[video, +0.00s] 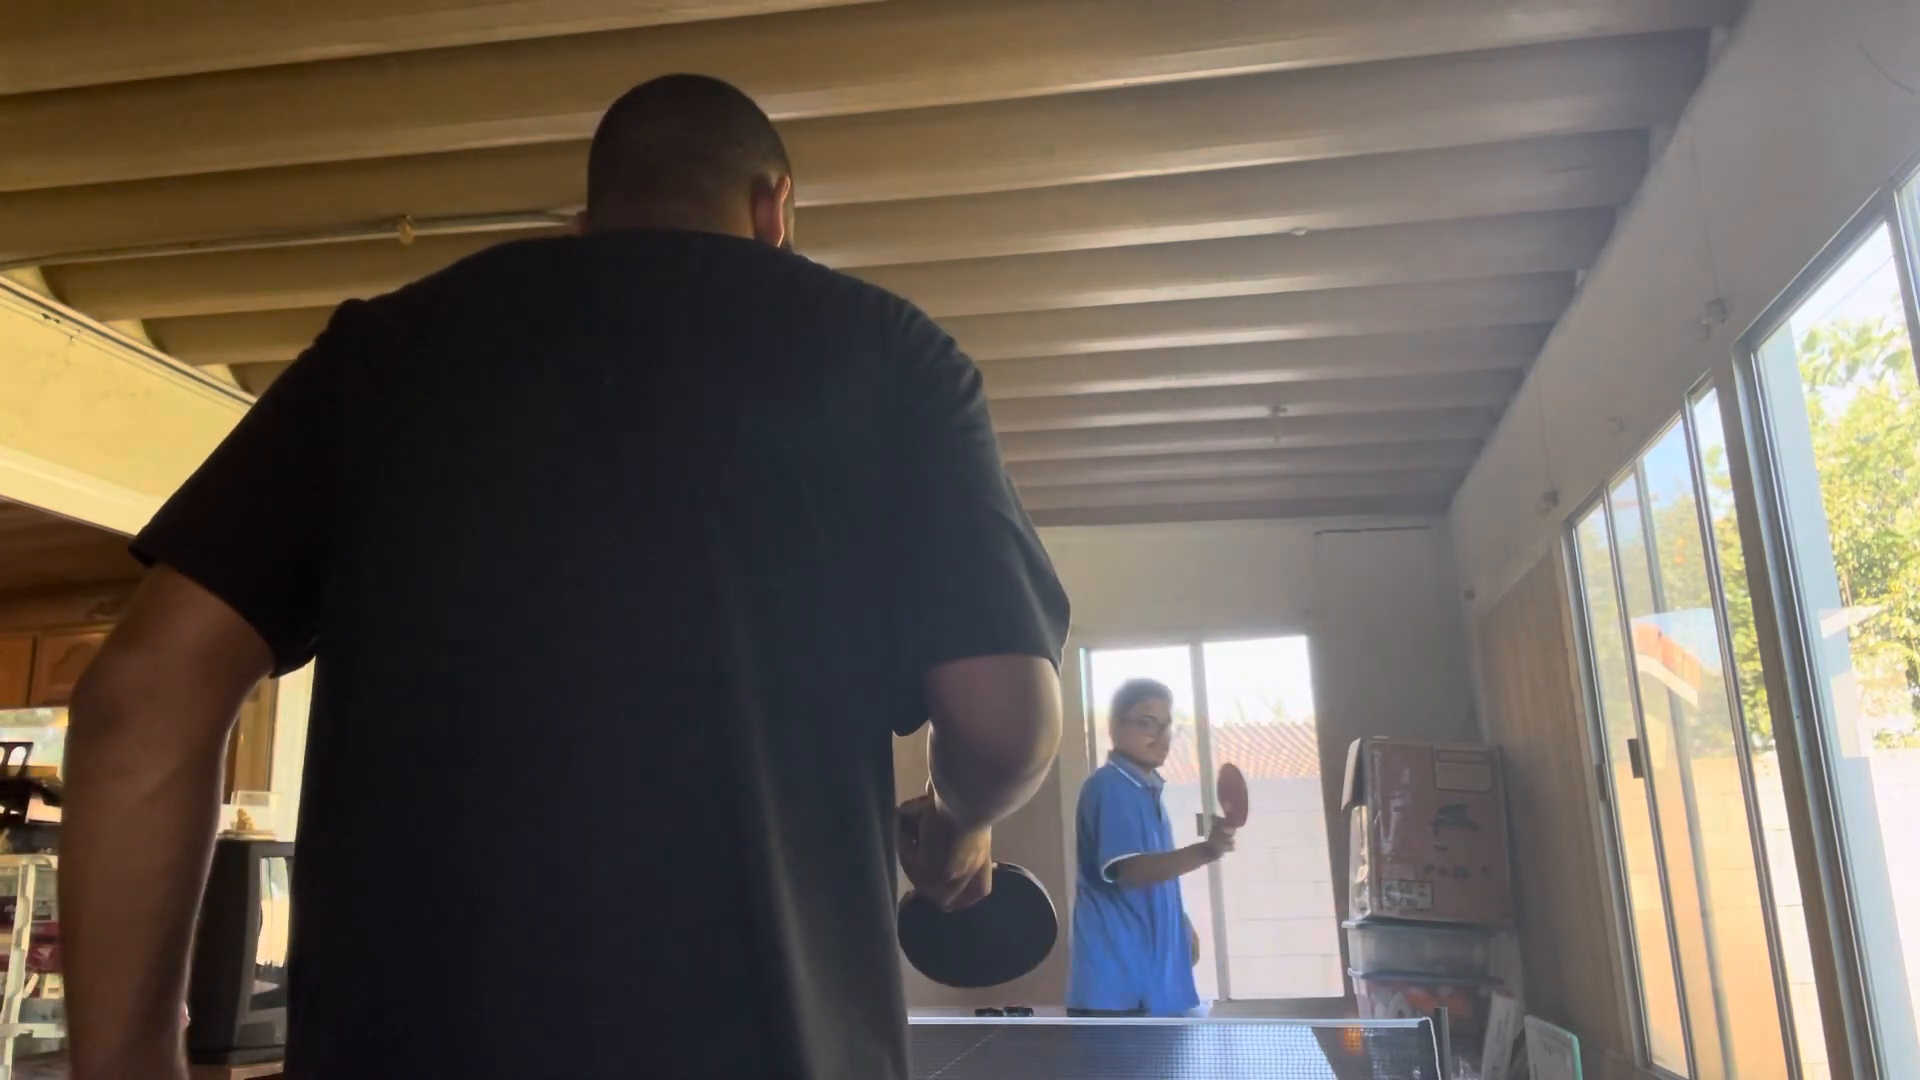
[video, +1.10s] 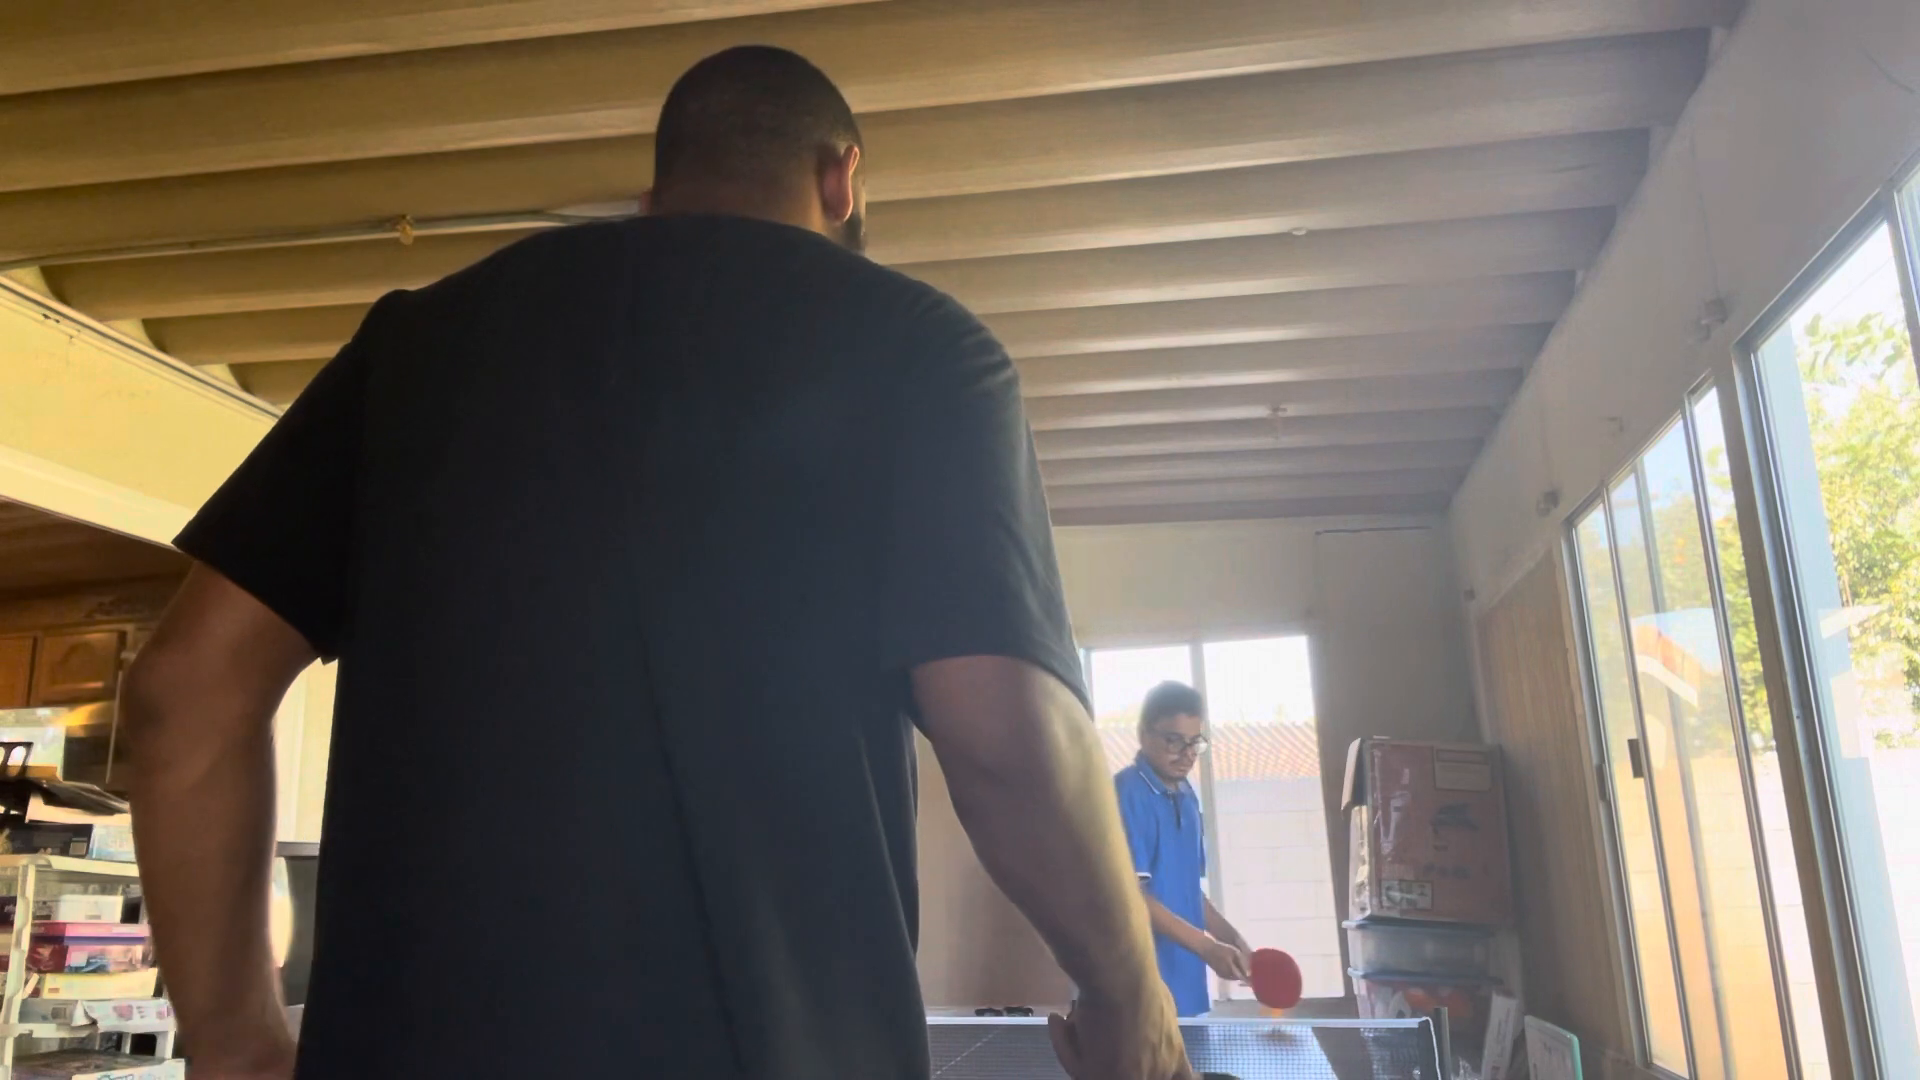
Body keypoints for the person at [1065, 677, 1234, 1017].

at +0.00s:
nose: (1160, 734)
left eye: (1166, 725)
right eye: (1146, 722)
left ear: (1172, 730)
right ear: (1115, 728)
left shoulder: (1146, 791)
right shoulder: (1111, 787)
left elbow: (1151, 877)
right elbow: (1125, 870)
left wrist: (1180, 923)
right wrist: (1204, 851)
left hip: (1158, 985)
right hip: (1118, 987)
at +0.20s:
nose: (1159, 735)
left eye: (1166, 724)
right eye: (1144, 724)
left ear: (1174, 730)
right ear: (1118, 730)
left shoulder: (1163, 792)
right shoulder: (1110, 791)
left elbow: (1167, 894)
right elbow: (1109, 878)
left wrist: (1214, 933)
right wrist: (1182, 873)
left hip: (1179, 986)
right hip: (1133, 993)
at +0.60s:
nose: (1178, 742)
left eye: (1185, 732)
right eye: (1164, 730)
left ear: (1193, 734)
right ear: (1136, 733)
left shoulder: (1181, 797)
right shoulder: (1121, 793)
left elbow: (1189, 889)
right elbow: (1108, 880)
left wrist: (1225, 950)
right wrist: (1191, 913)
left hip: (1196, 989)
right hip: (1150, 996)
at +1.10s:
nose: (1186, 754)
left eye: (1195, 742)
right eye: (1173, 740)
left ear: (1202, 739)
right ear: (1143, 735)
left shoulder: (1185, 797)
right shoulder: (1127, 794)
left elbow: (1186, 891)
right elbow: (1131, 895)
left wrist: (1233, 942)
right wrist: (1205, 947)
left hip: (1188, 993)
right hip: (1146, 994)